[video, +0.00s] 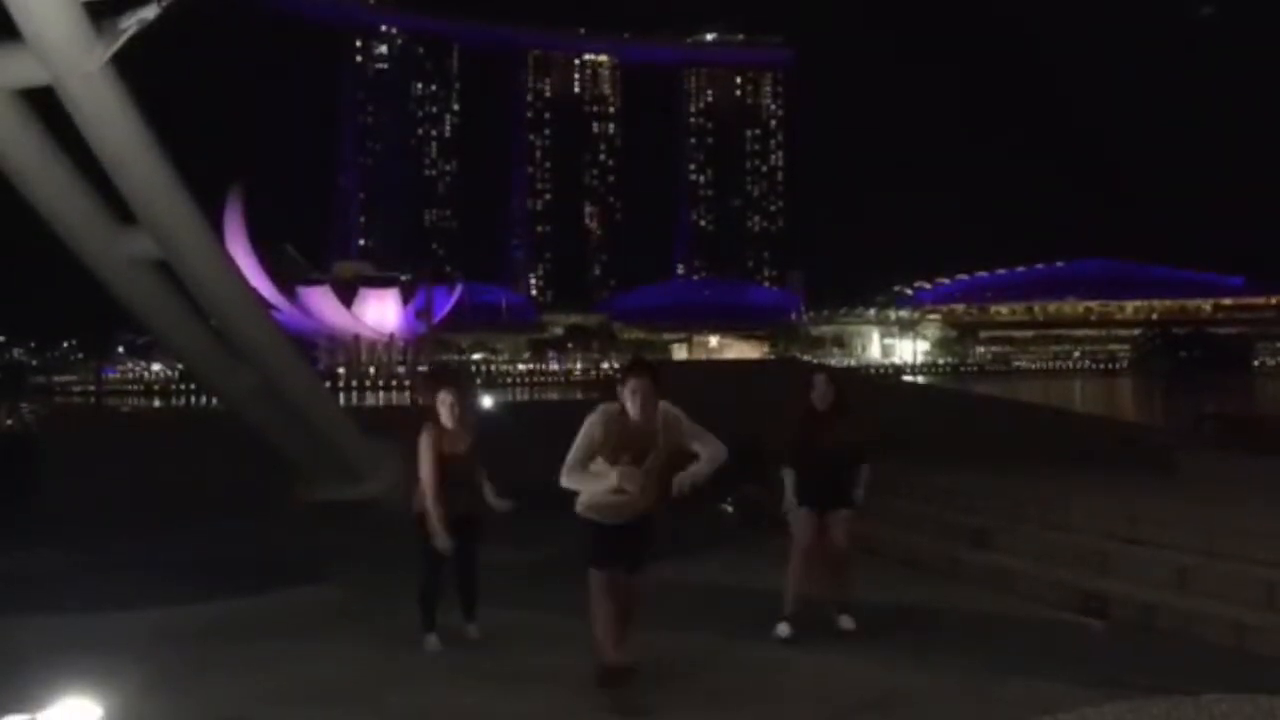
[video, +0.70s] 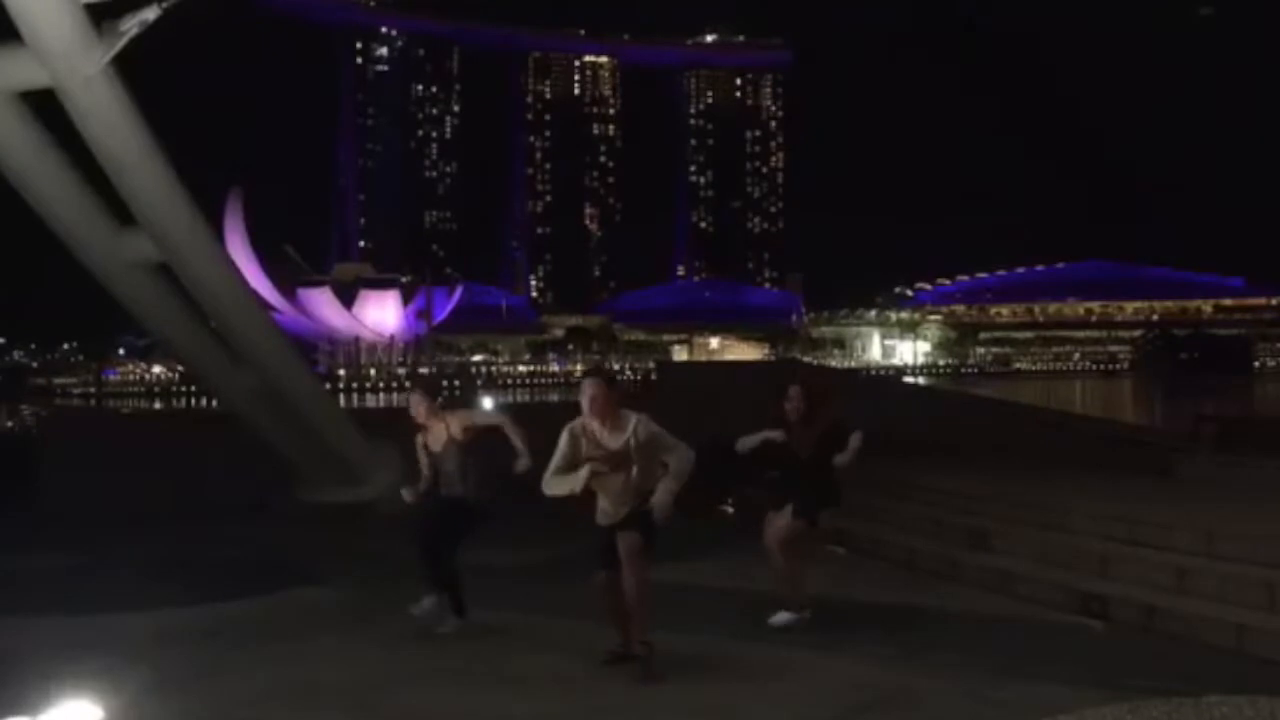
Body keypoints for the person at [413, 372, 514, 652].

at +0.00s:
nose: (451, 410)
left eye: (455, 404)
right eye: (446, 404)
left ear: (462, 406)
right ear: (437, 407)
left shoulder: (467, 435)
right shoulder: (431, 437)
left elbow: (477, 471)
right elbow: (429, 486)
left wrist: (492, 498)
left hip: (467, 510)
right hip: (438, 510)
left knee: (468, 566)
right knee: (434, 570)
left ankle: (470, 619)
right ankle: (430, 628)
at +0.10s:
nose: (454, 414)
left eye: (458, 408)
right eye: (449, 409)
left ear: (466, 410)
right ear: (441, 411)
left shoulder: (479, 441)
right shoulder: (432, 441)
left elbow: (498, 477)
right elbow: (399, 469)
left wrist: (509, 473)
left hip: (468, 514)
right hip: (435, 513)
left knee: (470, 567)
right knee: (432, 568)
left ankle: (470, 622)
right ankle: (429, 627)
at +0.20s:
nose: (449, 408)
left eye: (453, 402)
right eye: (444, 403)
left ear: (462, 405)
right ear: (437, 407)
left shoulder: (475, 434)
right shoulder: (431, 432)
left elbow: (510, 441)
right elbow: (399, 425)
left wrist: (480, 437)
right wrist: (380, 462)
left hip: (467, 509)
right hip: (435, 509)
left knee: (468, 564)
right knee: (432, 563)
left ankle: (470, 620)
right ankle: (429, 619)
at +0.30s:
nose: (438, 401)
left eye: (443, 393)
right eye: (434, 394)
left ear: (459, 395)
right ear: (431, 397)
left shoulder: (472, 418)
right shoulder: (430, 420)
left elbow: (511, 426)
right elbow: (411, 420)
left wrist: (484, 447)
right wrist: (403, 455)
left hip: (465, 500)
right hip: (435, 497)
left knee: (461, 558)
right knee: (431, 555)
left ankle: (469, 615)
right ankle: (436, 605)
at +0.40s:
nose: (428, 404)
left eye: (432, 397)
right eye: (424, 399)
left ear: (446, 397)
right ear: (422, 401)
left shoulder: (465, 419)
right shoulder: (425, 425)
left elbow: (508, 433)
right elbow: (423, 456)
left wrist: (497, 471)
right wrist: (421, 484)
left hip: (465, 495)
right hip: (436, 496)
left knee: (440, 548)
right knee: (433, 549)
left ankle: (447, 610)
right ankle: (444, 609)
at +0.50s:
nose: (417, 419)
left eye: (421, 413)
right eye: (414, 414)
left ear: (434, 412)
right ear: (413, 417)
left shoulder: (457, 431)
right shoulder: (424, 446)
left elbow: (497, 437)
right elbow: (428, 477)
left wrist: (518, 469)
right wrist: (421, 500)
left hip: (463, 503)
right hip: (438, 505)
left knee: (429, 553)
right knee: (438, 559)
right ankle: (458, 613)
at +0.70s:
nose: (413, 411)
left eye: (417, 405)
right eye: (411, 406)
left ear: (432, 404)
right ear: (413, 409)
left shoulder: (456, 421)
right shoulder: (422, 440)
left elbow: (502, 419)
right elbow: (427, 474)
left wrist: (523, 453)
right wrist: (416, 491)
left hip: (470, 496)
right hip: (444, 499)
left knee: (434, 537)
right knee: (441, 550)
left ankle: (436, 592)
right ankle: (456, 612)